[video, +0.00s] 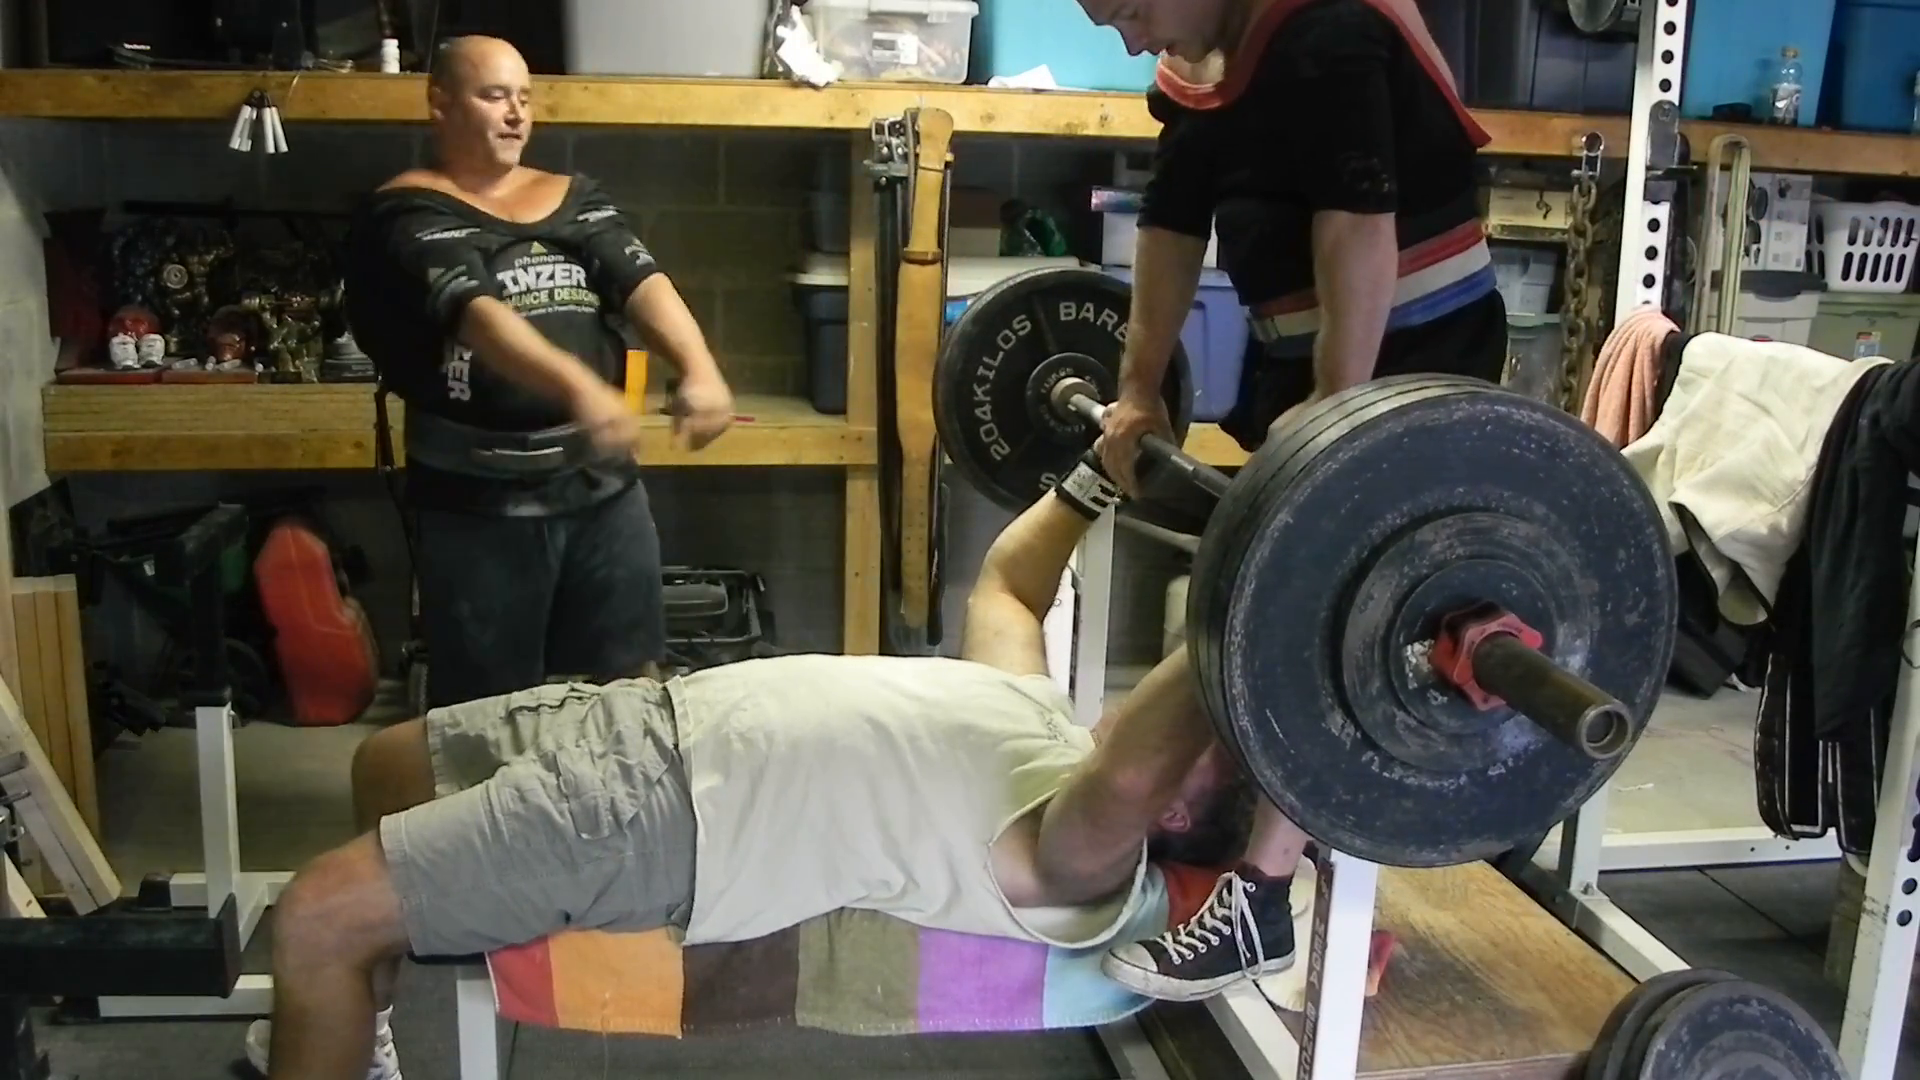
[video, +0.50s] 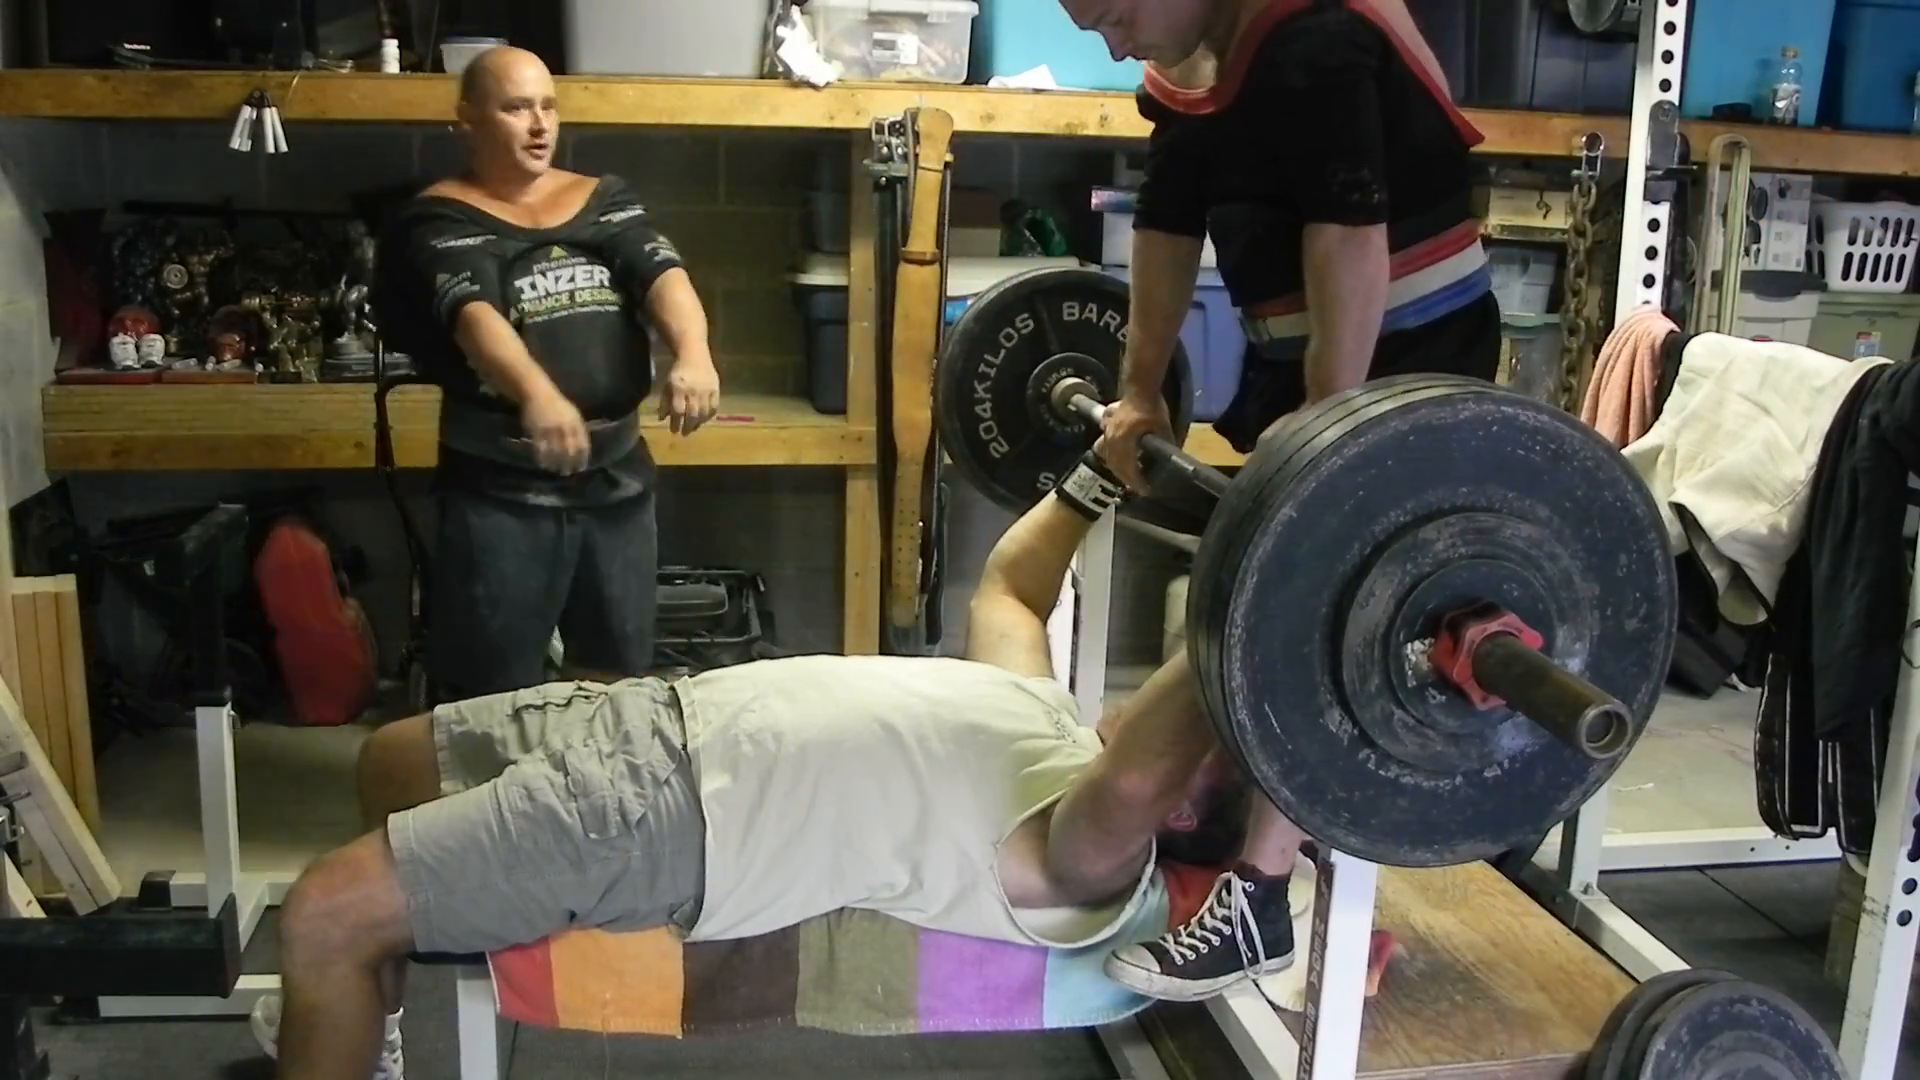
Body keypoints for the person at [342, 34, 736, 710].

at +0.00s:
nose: (517, 112)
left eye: (524, 97)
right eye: (496, 95)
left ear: (533, 104)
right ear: (439, 104)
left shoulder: (573, 196)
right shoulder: (404, 211)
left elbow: (638, 279)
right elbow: (472, 313)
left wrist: (699, 365)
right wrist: (584, 388)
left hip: (606, 499)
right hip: (480, 511)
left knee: (624, 711)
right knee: (489, 727)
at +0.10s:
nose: (514, 113)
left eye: (519, 97)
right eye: (493, 96)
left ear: (528, 104)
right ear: (435, 105)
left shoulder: (564, 196)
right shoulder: (404, 207)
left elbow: (637, 279)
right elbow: (476, 306)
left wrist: (711, 361)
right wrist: (606, 361)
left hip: (600, 489)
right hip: (479, 507)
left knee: (637, 695)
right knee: (494, 727)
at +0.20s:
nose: (517, 116)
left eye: (521, 100)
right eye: (496, 100)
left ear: (530, 105)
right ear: (437, 105)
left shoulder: (564, 196)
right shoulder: (405, 207)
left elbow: (634, 278)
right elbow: (477, 302)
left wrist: (705, 361)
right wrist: (609, 353)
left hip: (599, 480)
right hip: (480, 497)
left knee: (634, 678)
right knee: (494, 718)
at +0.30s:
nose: (523, 118)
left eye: (527, 101)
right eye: (502, 100)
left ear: (534, 105)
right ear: (443, 108)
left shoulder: (571, 194)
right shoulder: (412, 208)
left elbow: (637, 276)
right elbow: (476, 301)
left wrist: (693, 361)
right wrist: (597, 363)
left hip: (606, 484)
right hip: (486, 498)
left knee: (625, 664)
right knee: (497, 709)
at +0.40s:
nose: (530, 119)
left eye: (536, 103)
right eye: (508, 103)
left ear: (544, 107)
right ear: (454, 113)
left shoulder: (585, 195)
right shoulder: (423, 208)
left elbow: (647, 273)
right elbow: (474, 306)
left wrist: (689, 356)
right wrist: (565, 381)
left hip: (611, 494)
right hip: (494, 501)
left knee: (624, 688)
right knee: (498, 713)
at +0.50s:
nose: (541, 123)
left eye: (548, 107)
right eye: (519, 108)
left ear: (559, 111)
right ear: (469, 118)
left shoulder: (604, 197)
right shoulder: (438, 215)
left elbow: (661, 272)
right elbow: (470, 313)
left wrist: (694, 352)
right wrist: (537, 391)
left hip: (616, 494)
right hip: (500, 498)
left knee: (623, 696)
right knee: (493, 707)